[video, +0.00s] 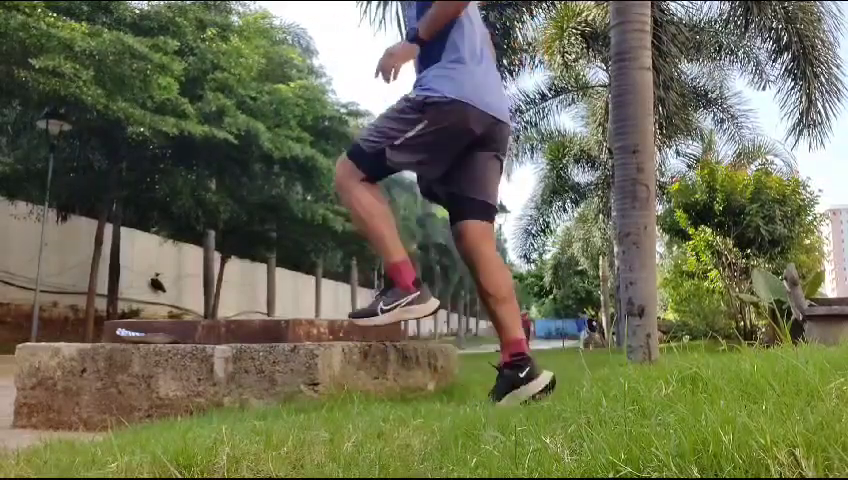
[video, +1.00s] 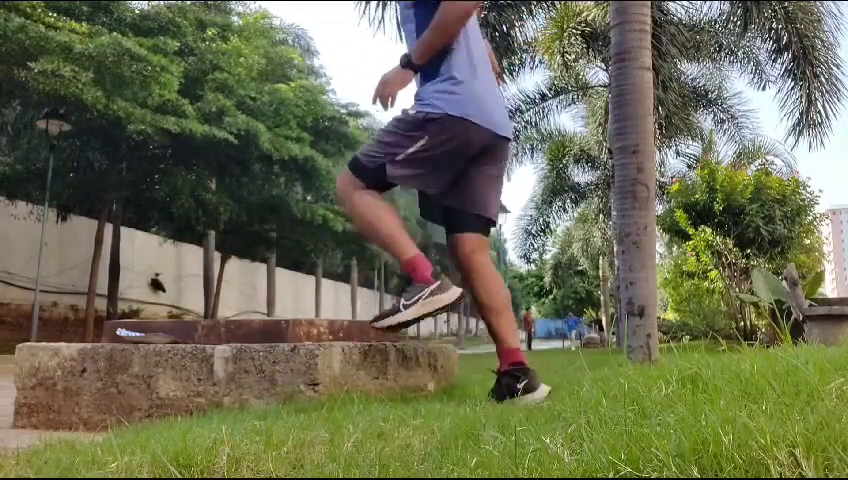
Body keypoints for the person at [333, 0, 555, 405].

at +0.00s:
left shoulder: (426, 6)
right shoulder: (470, 19)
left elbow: (457, 2)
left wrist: (413, 42)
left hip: (446, 91)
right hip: (494, 109)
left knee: (350, 173)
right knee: (476, 236)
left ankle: (405, 284)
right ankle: (517, 361)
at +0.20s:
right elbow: (484, 16)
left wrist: (395, 14)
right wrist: (445, 45)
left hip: (429, 61)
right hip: (479, 71)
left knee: (388, 181)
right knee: (428, 189)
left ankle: (397, 309)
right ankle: (462, 312)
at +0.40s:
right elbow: (495, 9)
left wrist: (384, 6)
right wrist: (457, 47)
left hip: (433, 63)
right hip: (475, 72)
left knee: (398, 187)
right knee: (436, 192)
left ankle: (462, 301)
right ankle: (436, 312)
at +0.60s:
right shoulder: (484, 5)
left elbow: (420, 4)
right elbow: (525, 17)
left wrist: (393, 33)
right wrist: (481, 52)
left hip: (458, 96)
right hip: (496, 105)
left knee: (458, 239)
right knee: (405, 203)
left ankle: (502, 370)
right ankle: (473, 307)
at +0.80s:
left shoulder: (427, 2)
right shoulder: (485, 6)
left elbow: (460, 4)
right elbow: (524, 42)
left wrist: (404, 61)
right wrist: (480, 90)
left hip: (453, 110)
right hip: (490, 116)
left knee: (441, 247)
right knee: (447, 247)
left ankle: (509, 372)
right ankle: (509, 365)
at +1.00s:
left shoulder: (420, 5)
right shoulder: (457, 17)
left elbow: (466, 3)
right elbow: (491, 67)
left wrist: (407, 65)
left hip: (450, 107)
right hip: (495, 123)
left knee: (353, 186)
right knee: (471, 247)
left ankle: (423, 277)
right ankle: (514, 369)